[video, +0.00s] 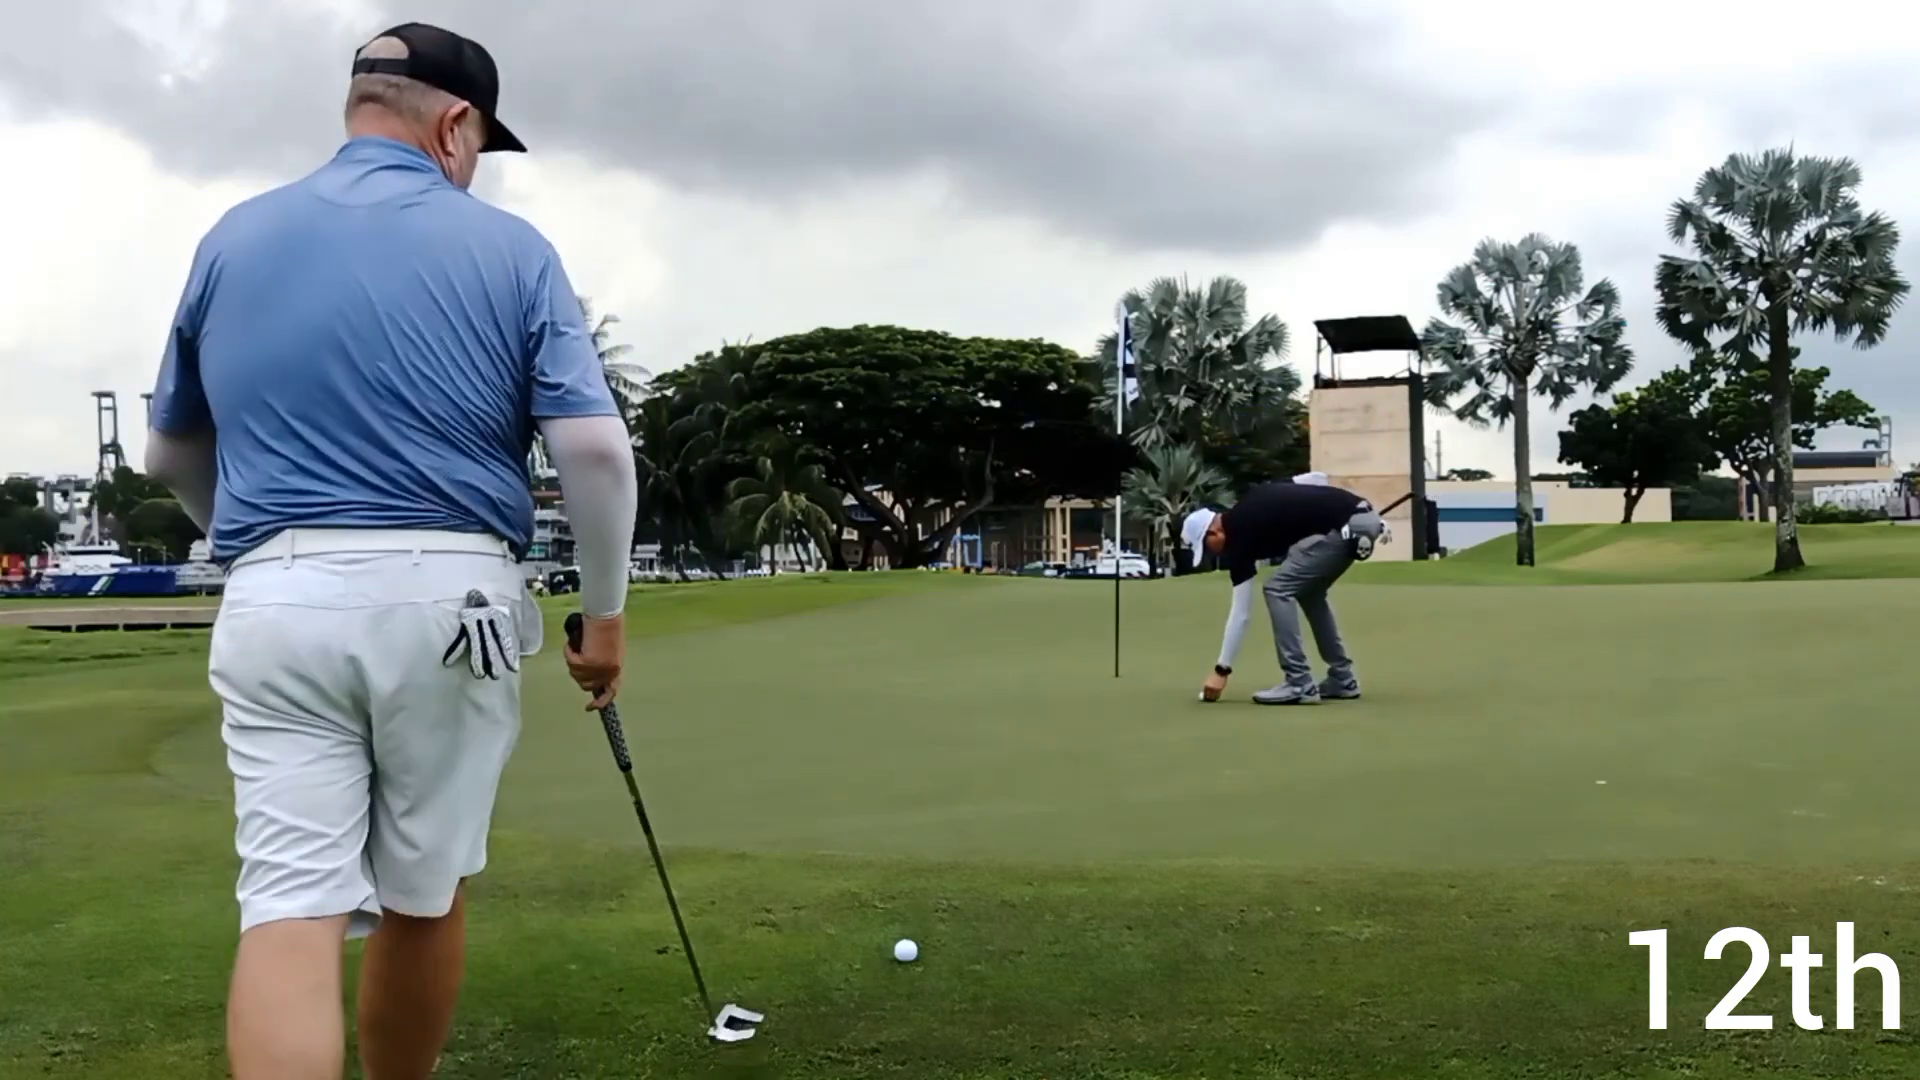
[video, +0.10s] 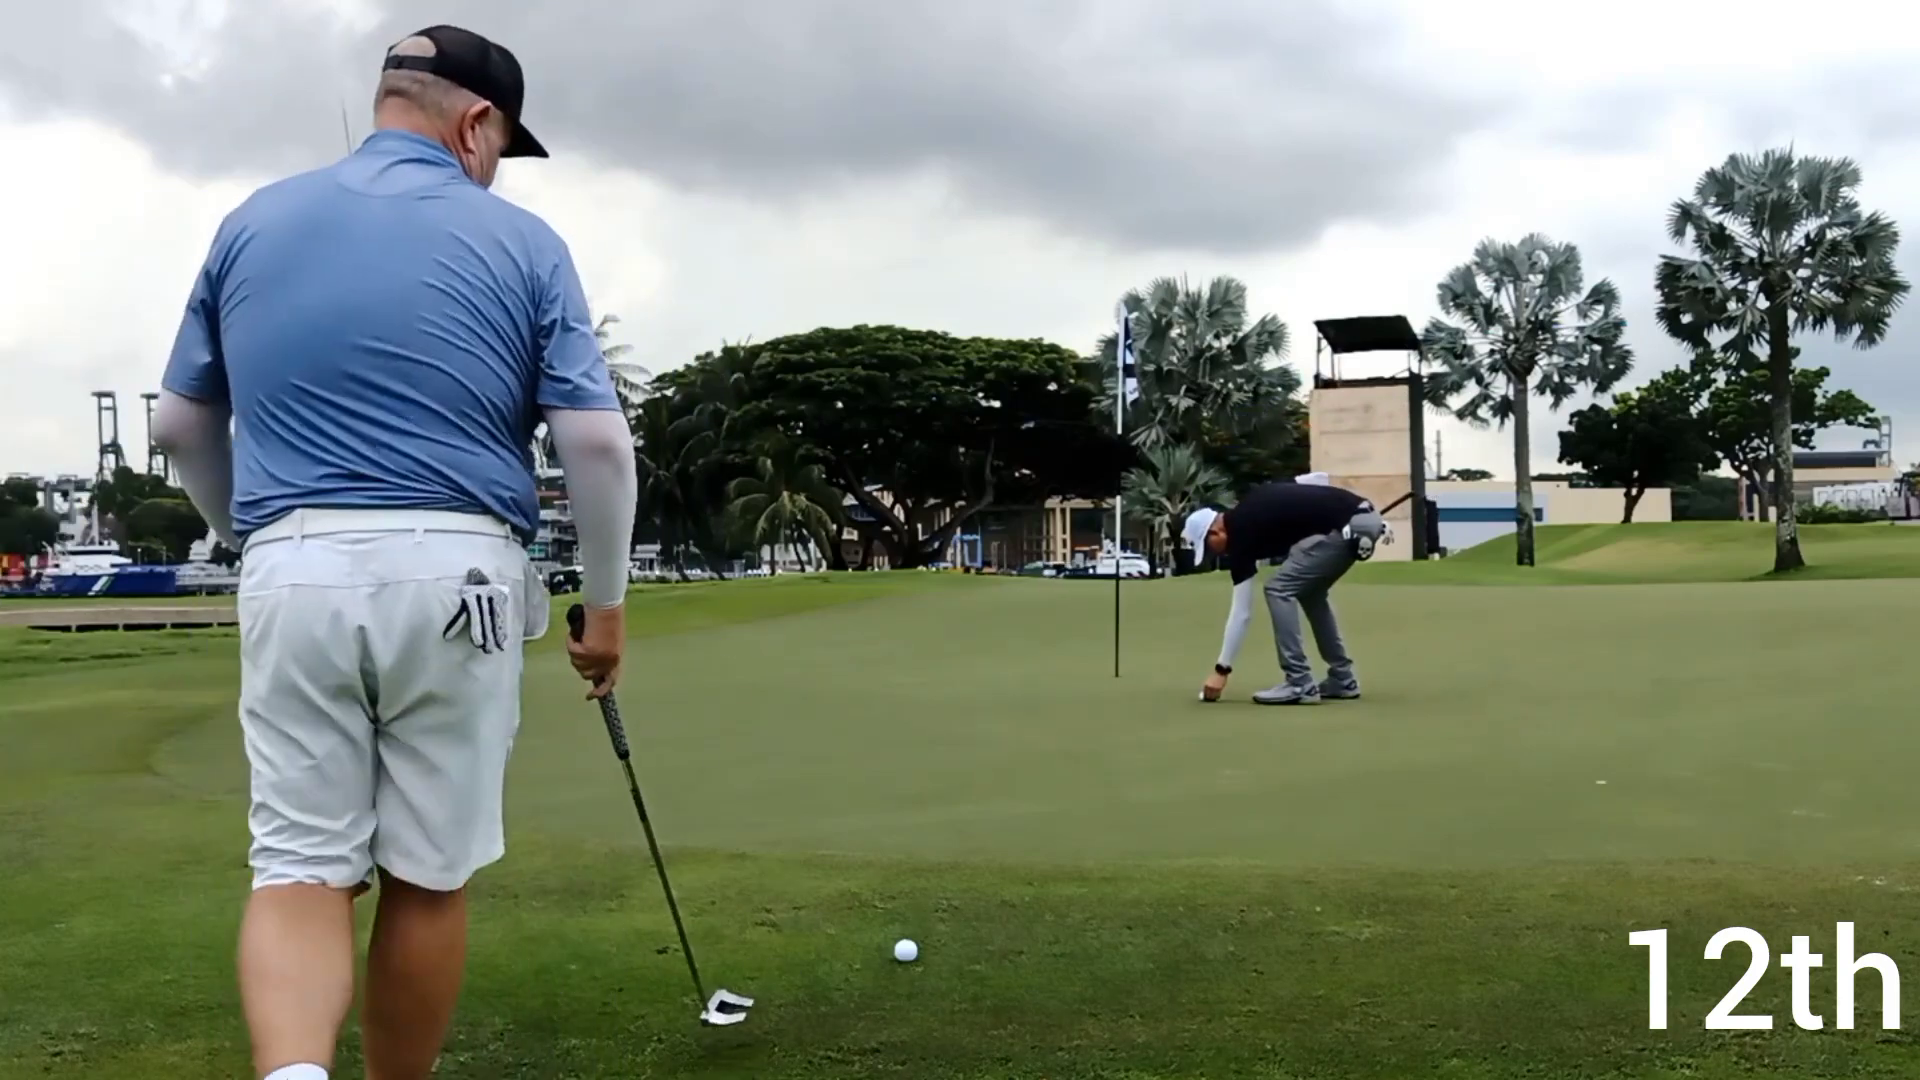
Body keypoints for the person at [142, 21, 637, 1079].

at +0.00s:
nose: (480, 171)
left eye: (485, 150)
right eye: (483, 147)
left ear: (350, 117)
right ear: (451, 127)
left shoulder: (235, 235)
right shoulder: (512, 247)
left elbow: (177, 448)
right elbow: (594, 447)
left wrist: (262, 536)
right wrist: (602, 610)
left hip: (273, 595)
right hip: (449, 598)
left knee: (286, 907)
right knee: (421, 904)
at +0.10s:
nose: (501, 169)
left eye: (504, 151)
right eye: (506, 148)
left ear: (378, 115)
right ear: (476, 126)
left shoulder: (256, 217)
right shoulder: (525, 239)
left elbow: (181, 421)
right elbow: (596, 438)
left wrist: (250, 526)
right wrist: (603, 603)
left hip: (291, 565)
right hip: (457, 564)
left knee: (297, 865)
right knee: (427, 879)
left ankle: (291, 1076)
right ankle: (398, 1075)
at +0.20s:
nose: (511, 169)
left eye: (518, 151)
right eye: (518, 146)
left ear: (400, 110)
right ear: (487, 121)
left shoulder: (272, 213)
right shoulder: (530, 234)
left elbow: (184, 399)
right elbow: (600, 432)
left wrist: (228, 554)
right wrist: (603, 596)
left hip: (305, 553)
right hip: (463, 556)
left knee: (304, 823)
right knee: (428, 854)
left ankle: (293, 1059)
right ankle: (397, 1077)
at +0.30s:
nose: (521, 173)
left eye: (527, 156)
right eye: (527, 152)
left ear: (412, 117)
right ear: (499, 131)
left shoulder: (285, 221)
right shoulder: (539, 239)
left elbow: (188, 391)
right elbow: (602, 433)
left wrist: (190, 559)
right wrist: (603, 595)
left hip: (311, 556)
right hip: (464, 559)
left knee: (320, 801)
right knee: (432, 848)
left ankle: (302, 1060)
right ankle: (395, 1076)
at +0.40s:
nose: (531, 189)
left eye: (539, 173)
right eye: (538, 169)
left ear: (422, 131)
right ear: (510, 145)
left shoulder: (298, 232)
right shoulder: (545, 252)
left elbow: (199, 383)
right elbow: (604, 434)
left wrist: (165, 548)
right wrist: (603, 600)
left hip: (325, 552)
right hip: (471, 558)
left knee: (346, 796)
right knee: (433, 844)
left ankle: (336, 1041)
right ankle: (393, 1075)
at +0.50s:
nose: (542, 207)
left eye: (548, 191)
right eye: (547, 187)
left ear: (433, 148)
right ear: (518, 164)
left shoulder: (309, 248)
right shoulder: (546, 266)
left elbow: (209, 379)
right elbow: (601, 435)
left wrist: (164, 532)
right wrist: (600, 594)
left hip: (337, 554)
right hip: (479, 560)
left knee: (361, 794)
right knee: (433, 841)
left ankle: (376, 984)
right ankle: (395, 1070)